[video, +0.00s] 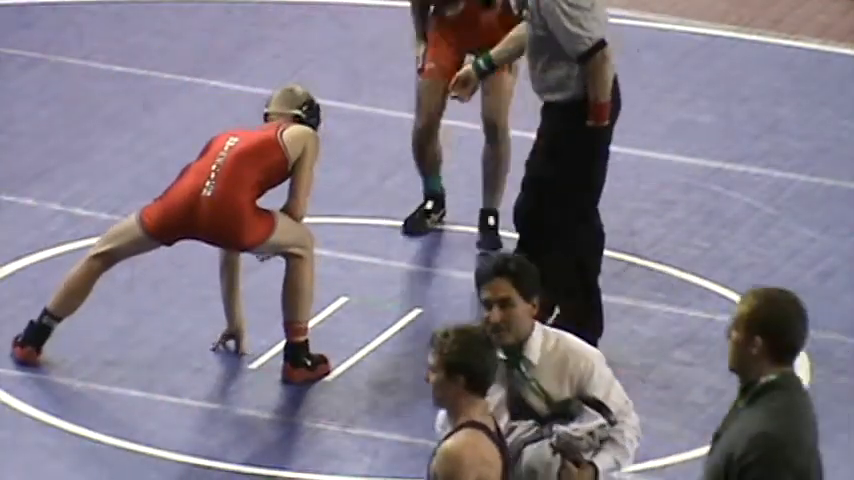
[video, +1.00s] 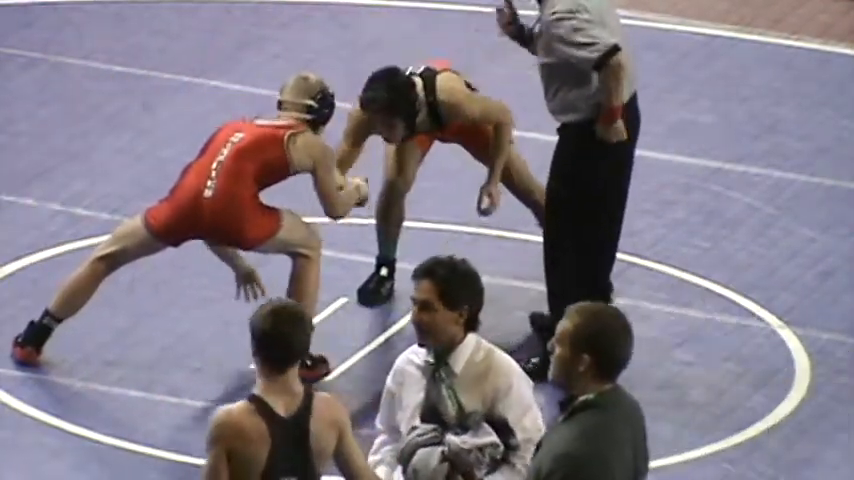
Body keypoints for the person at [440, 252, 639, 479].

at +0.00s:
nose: (494, 317)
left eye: (505, 305)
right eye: (487, 307)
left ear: (533, 307)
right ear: (481, 308)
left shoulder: (578, 357)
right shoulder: (478, 355)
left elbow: (626, 424)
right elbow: (446, 420)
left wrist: (596, 468)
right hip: (495, 467)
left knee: (538, 456)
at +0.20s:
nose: (467, 316)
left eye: (478, 303)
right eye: (460, 305)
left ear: (507, 303)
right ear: (453, 307)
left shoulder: (552, 353)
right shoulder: (449, 359)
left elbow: (602, 421)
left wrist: (572, 464)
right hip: (475, 471)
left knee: (516, 452)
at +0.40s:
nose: (448, 315)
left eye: (459, 303)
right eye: (442, 304)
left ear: (490, 303)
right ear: (437, 304)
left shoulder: (537, 355)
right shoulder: (428, 369)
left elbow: (584, 425)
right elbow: (424, 452)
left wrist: (551, 467)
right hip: (462, 471)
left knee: (491, 454)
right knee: (494, 453)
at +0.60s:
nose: (435, 315)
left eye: (447, 304)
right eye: (431, 303)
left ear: (480, 305)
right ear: (425, 302)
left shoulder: (525, 359)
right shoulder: (421, 366)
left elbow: (567, 431)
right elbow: (412, 449)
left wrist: (529, 471)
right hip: (452, 472)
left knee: (467, 454)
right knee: (467, 452)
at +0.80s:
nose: (425, 317)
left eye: (437, 306)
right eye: (422, 305)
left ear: (470, 310)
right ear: (417, 304)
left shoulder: (514, 365)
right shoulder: (415, 367)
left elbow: (552, 438)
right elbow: (398, 437)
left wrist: (511, 476)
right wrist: (416, 474)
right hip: (438, 473)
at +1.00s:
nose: (415, 318)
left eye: (426, 309)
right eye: (414, 306)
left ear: (461, 315)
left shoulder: (503, 373)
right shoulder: (407, 364)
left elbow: (527, 452)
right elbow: (388, 436)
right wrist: (383, 473)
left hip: (476, 473)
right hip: (412, 472)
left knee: (427, 460)